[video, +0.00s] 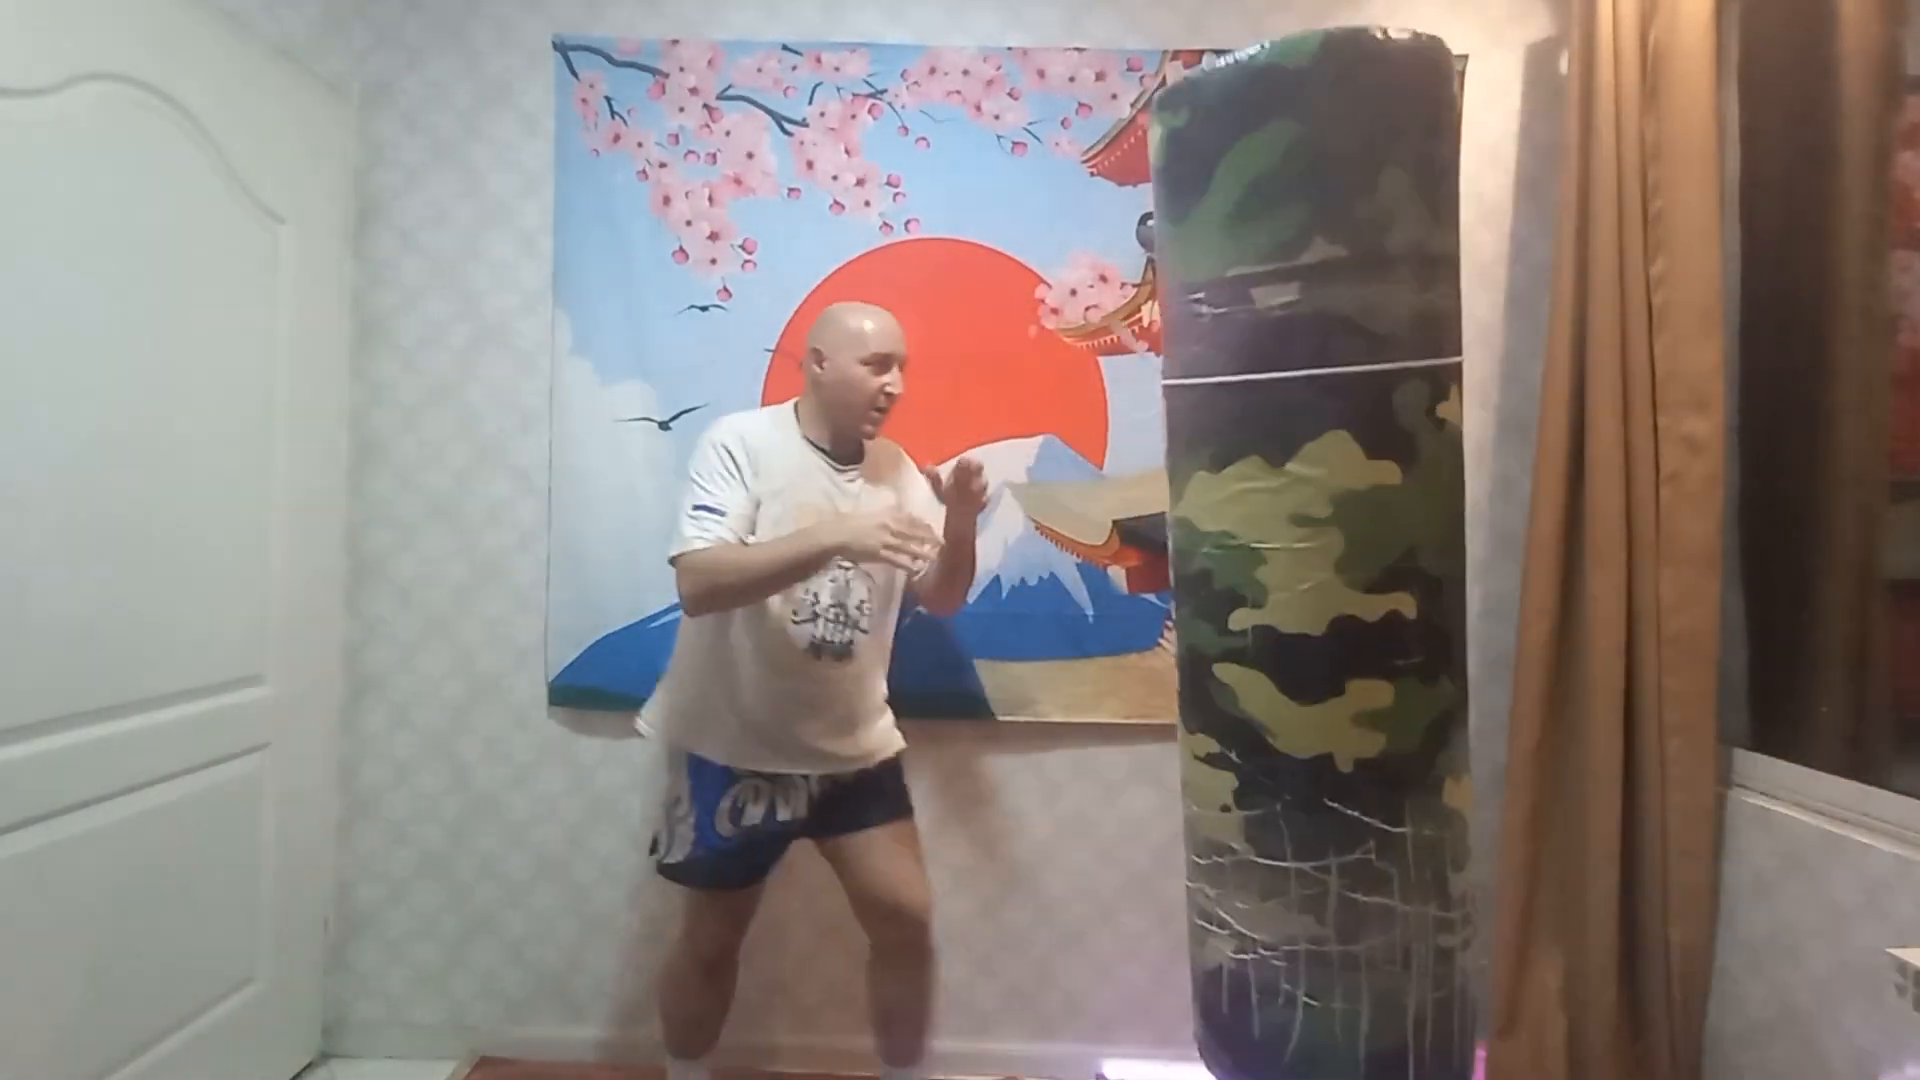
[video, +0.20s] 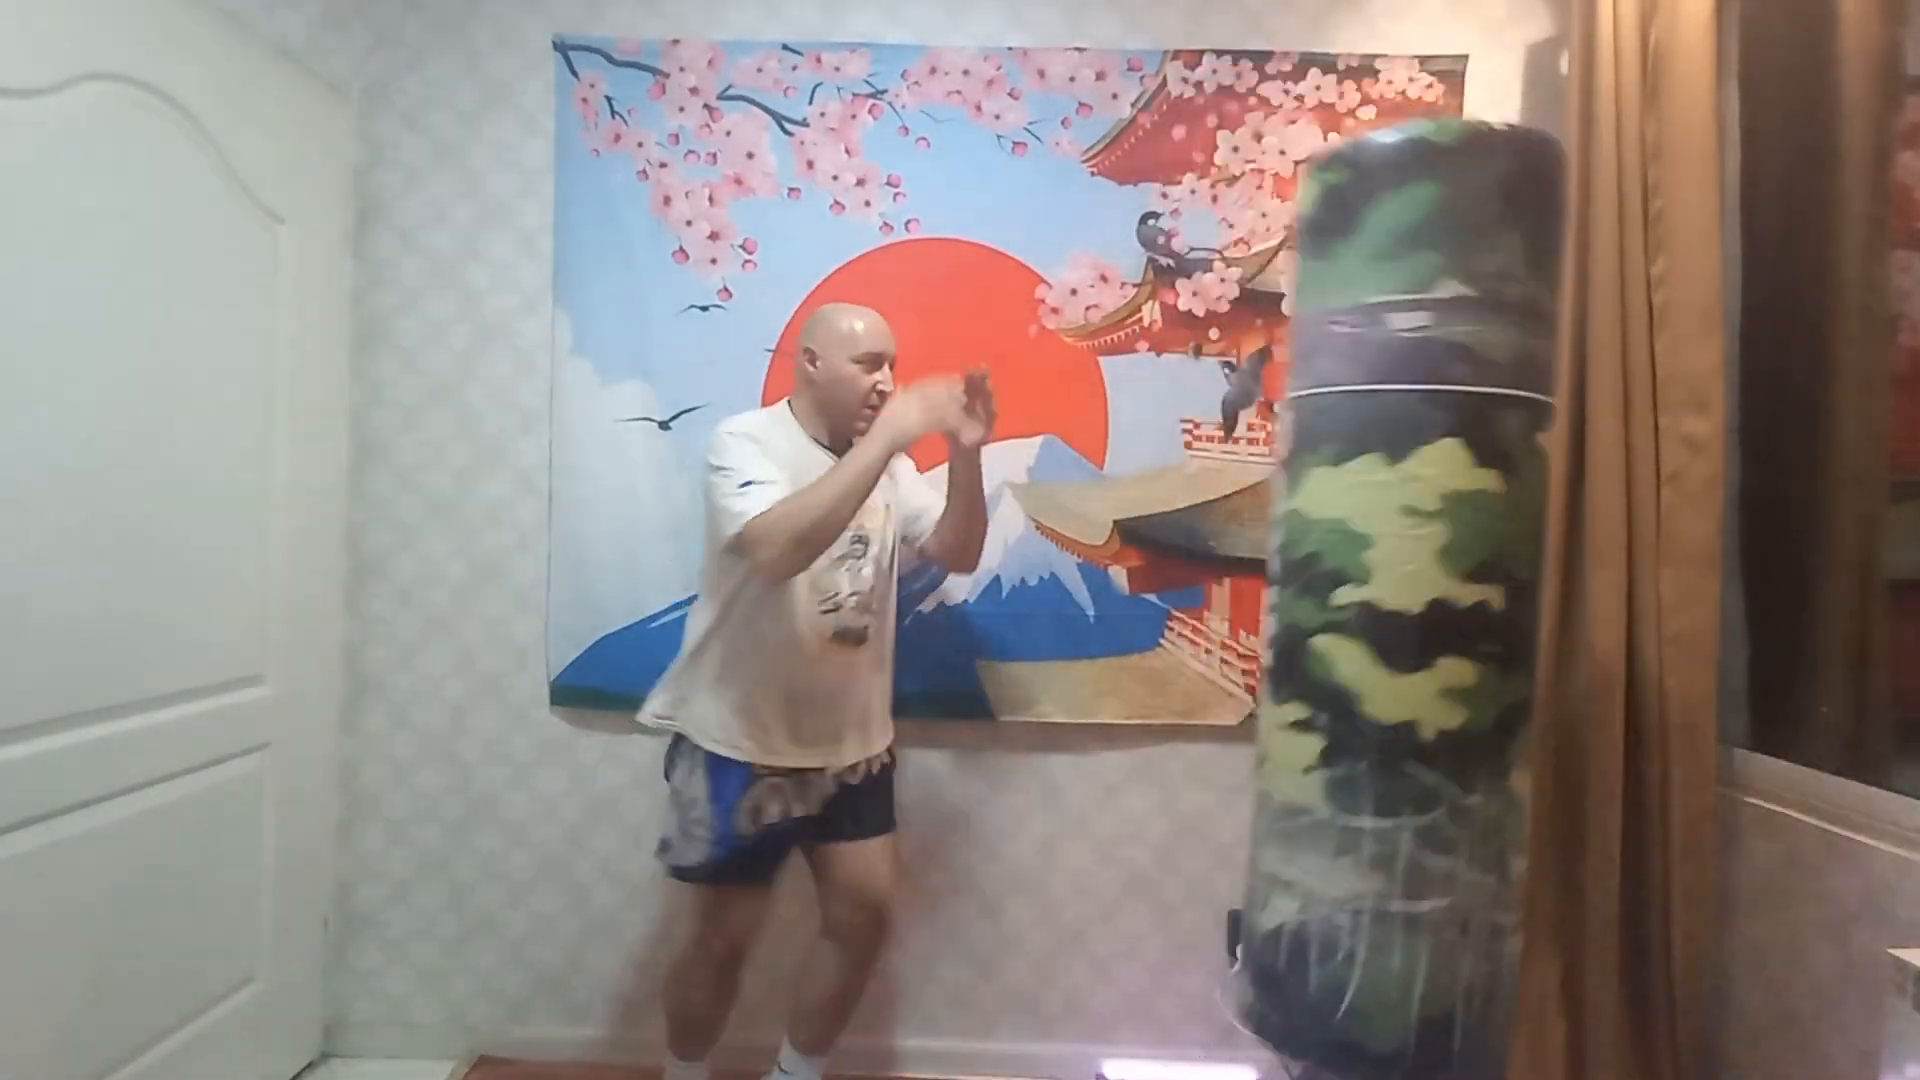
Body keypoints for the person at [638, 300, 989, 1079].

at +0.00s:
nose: (893, 385)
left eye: (899, 368)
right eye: (875, 365)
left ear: (900, 375)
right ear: (815, 364)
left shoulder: (899, 474)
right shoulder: (738, 443)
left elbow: (943, 598)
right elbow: (698, 583)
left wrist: (960, 520)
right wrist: (840, 535)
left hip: (856, 744)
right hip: (734, 745)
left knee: (906, 917)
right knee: (710, 945)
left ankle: (905, 1075)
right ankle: (685, 1073)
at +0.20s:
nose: (885, 384)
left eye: (891, 368)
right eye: (868, 366)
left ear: (892, 379)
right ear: (809, 363)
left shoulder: (888, 464)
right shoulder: (745, 442)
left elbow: (958, 552)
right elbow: (772, 549)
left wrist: (967, 452)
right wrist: (888, 437)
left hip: (852, 740)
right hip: (738, 739)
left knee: (863, 915)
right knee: (721, 938)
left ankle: (797, 1069)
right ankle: (684, 1072)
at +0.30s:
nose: (887, 384)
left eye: (892, 368)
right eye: (869, 364)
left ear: (893, 379)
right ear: (812, 364)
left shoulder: (880, 454)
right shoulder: (752, 436)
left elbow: (953, 541)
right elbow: (813, 526)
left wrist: (954, 446)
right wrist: (896, 408)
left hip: (859, 727)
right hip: (762, 727)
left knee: (847, 924)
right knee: (834, 916)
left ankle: (798, 1067)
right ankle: (712, 1035)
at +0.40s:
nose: (890, 384)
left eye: (895, 368)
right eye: (873, 366)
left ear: (896, 377)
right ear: (817, 365)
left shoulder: (880, 454)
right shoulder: (753, 430)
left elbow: (939, 545)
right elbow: (810, 528)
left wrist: (933, 443)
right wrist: (899, 416)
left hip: (841, 689)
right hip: (756, 682)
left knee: (834, 911)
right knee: (930, 774)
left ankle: (793, 1060)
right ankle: (841, 983)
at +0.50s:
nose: (889, 389)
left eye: (893, 375)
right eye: (873, 372)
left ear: (892, 385)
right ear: (817, 367)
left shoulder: (873, 451)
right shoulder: (751, 430)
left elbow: (928, 561)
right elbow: (792, 547)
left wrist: (921, 453)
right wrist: (894, 436)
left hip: (836, 654)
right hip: (751, 654)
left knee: (837, 895)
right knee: (939, 670)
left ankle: (789, 1071)